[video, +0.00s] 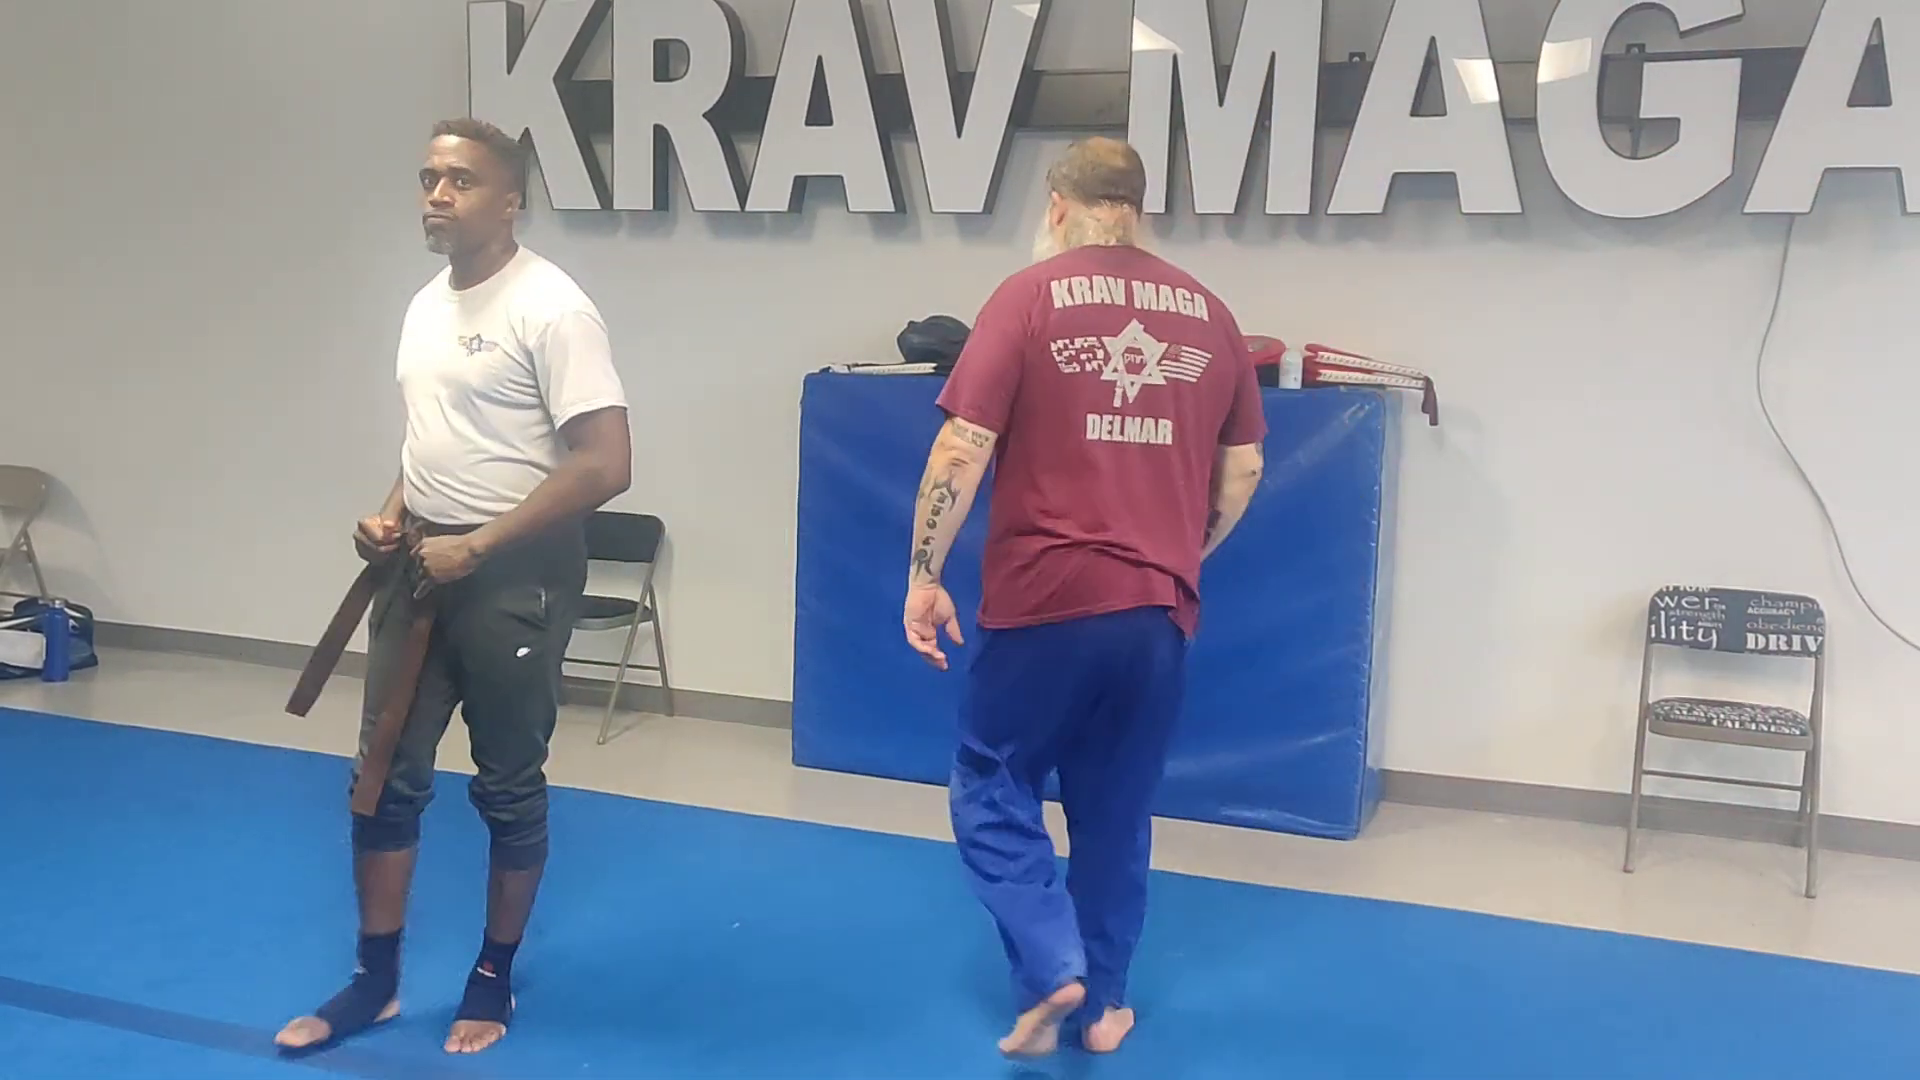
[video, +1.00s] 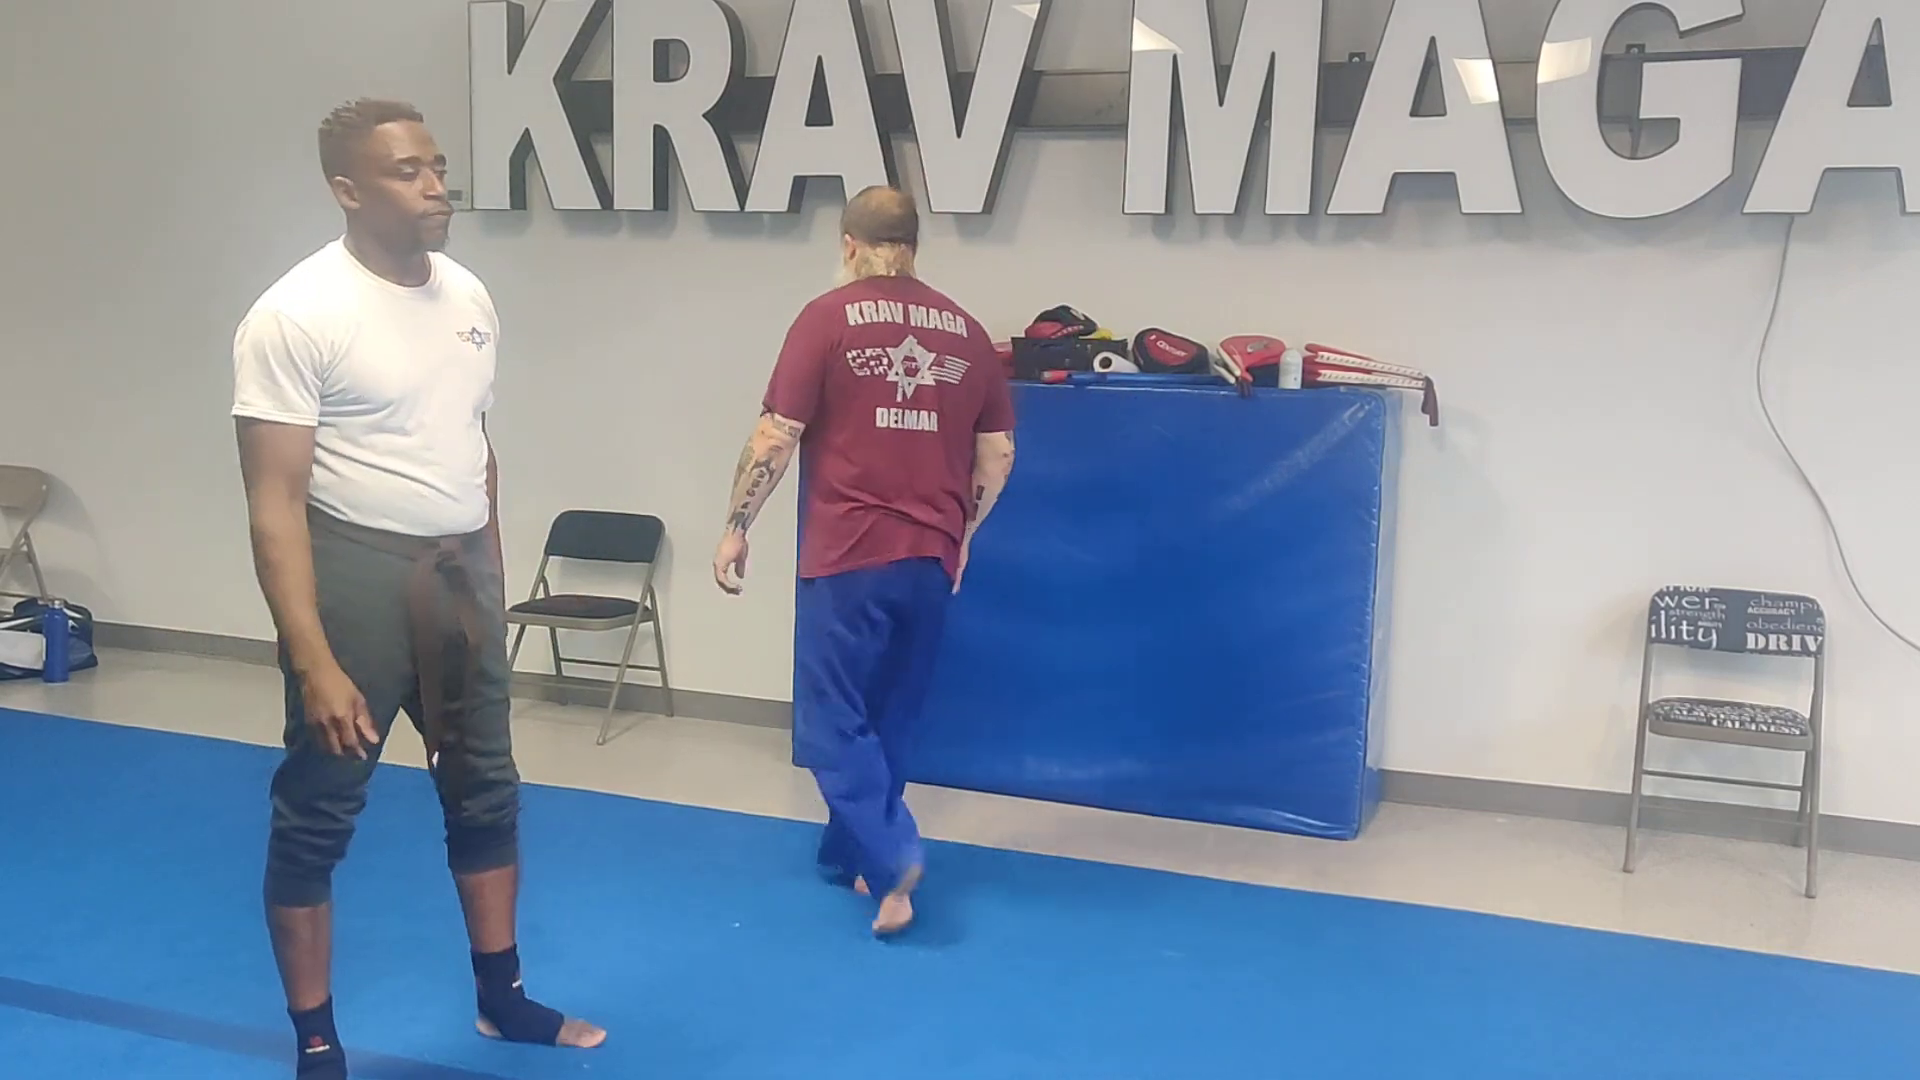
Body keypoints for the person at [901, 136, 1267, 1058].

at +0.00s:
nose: (1043, 230)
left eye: (1044, 217)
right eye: (1049, 218)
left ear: (1060, 212)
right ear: (1139, 215)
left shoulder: (1031, 293)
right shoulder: (1210, 312)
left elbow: (963, 446)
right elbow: (1243, 466)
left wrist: (924, 572)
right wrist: (1181, 554)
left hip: (1045, 594)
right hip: (1158, 600)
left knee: (994, 774)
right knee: (1116, 805)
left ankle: (1052, 963)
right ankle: (1106, 1004)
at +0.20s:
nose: (998, 235)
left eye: (998, 223)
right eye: (1003, 224)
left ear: (1013, 217)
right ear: (1086, 218)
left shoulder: (992, 299)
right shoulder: (1158, 306)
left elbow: (951, 440)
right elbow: (1188, 446)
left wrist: (916, 569)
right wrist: (1127, 525)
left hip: (1010, 577)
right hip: (1122, 584)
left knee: (958, 772)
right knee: (1116, 794)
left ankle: (929, 940)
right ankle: (1106, 998)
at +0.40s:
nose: (924, 247)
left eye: (925, 235)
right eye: (929, 235)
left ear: (936, 234)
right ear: (1011, 231)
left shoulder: (924, 322)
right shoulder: (1086, 310)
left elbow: (884, 466)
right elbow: (1128, 450)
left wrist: (864, 583)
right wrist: (1077, 528)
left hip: (968, 582)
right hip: (1074, 580)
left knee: (936, 768)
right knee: (1072, 776)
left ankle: (932, 931)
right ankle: (1092, 939)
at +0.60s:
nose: (880, 236)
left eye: (880, 225)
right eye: (883, 224)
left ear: (891, 225)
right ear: (961, 221)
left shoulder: (875, 312)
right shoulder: (1035, 301)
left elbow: (819, 455)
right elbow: (1084, 426)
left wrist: (792, 540)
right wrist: (1057, 516)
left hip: (921, 561)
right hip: (1021, 556)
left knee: (908, 751)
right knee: (1011, 723)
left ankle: (924, 933)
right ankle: (1023, 860)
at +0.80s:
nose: (852, 249)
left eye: (852, 237)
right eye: (857, 237)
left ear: (864, 237)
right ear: (929, 232)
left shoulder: (846, 319)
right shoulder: (998, 316)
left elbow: (778, 446)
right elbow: (1039, 441)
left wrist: (740, 509)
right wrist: (1010, 525)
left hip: (891, 561)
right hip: (980, 557)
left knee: (890, 743)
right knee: (939, 725)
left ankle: (923, 931)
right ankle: (906, 855)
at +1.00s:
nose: (841, 255)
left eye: (842, 246)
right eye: (850, 245)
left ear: (851, 247)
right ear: (914, 248)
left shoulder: (828, 316)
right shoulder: (968, 330)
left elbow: (777, 436)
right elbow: (997, 451)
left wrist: (737, 526)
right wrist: (960, 532)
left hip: (847, 553)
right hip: (933, 555)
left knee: (831, 718)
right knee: (891, 710)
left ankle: (896, 859)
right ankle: (846, 851)